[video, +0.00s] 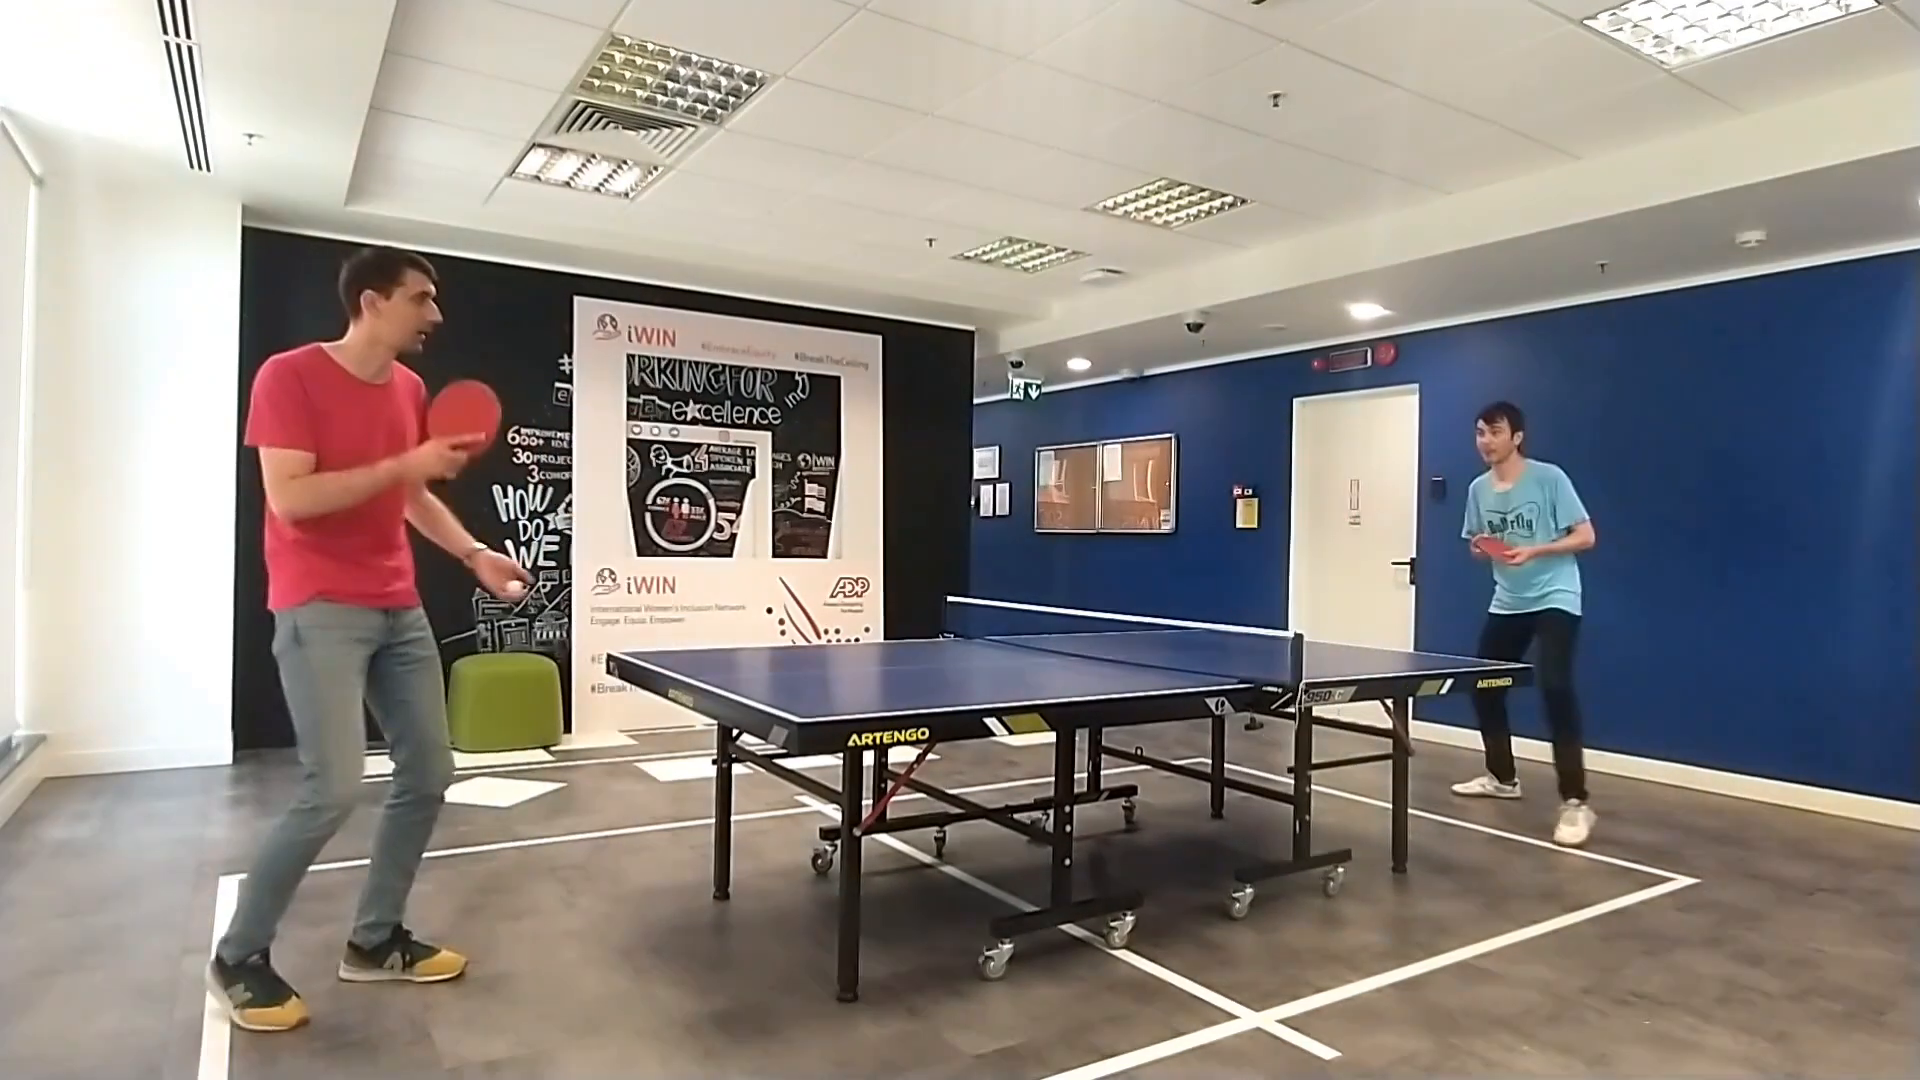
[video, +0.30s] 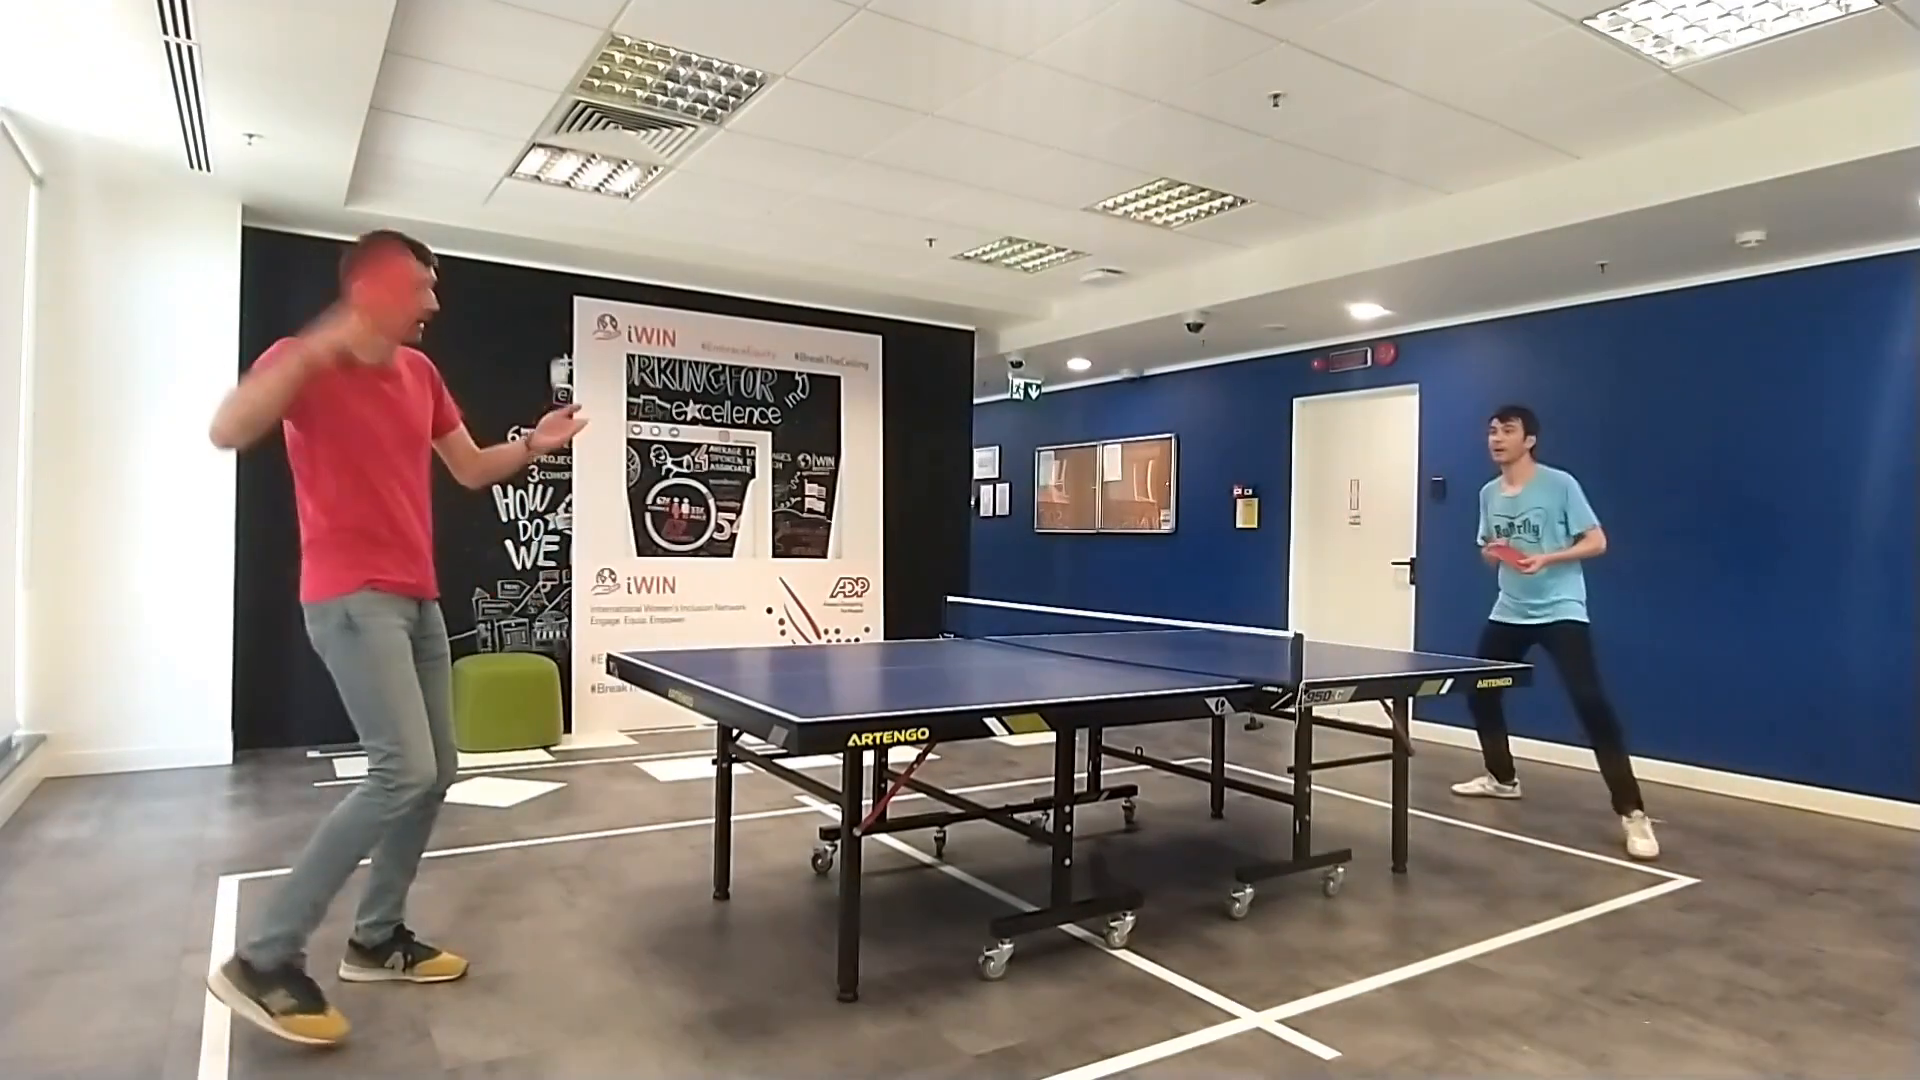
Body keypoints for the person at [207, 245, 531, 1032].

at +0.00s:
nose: (434, 314)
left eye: (434, 302)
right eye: (422, 299)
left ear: (397, 308)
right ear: (370, 303)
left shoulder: (407, 390)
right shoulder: (287, 377)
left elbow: (409, 492)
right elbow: (290, 500)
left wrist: (473, 552)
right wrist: (406, 466)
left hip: (399, 611)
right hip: (319, 614)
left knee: (426, 772)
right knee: (333, 788)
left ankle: (375, 937)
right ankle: (238, 957)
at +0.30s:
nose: (433, 301)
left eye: (433, 289)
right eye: (424, 286)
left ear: (393, 288)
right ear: (377, 286)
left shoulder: (419, 371)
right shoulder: (300, 357)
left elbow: (472, 468)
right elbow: (229, 431)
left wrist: (534, 440)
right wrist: (306, 352)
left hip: (417, 596)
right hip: (348, 595)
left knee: (431, 773)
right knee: (404, 773)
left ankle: (377, 937)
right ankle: (264, 958)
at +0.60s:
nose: (418, 280)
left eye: (417, 267)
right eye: (398, 266)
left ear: (402, 285)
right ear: (347, 283)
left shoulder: (404, 366)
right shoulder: (309, 359)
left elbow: (414, 458)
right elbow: (218, 388)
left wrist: (509, 473)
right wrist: (209, 262)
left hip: (401, 603)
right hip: (347, 610)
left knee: (435, 770)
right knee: (405, 795)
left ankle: (377, 934)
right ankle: (287, 1012)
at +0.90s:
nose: (407, 362)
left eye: (412, 346)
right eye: (389, 346)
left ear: (406, 351)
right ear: (332, 351)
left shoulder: (357, 412)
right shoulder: (281, 435)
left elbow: (350, 491)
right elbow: (270, 578)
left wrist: (426, 523)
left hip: (345, 640)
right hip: (298, 658)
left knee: (434, 776)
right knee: (415, 820)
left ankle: (366, 938)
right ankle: (285, 1019)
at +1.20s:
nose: (354, 374)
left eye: (353, 358)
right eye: (339, 358)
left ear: (275, 366)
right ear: (276, 364)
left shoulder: (238, 412)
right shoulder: (221, 464)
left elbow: (258, 505)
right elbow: (316, 595)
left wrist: (340, 523)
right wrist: (453, 555)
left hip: (237, 660)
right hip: (233, 676)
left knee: (322, 794)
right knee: (388, 818)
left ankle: (150, 883)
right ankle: (285, 1021)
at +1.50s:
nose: (268, 353)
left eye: (265, 337)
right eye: (254, 337)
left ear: (205, 350)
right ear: (198, 346)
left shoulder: (192, 425)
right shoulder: (105, 427)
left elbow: (181, 508)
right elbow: (108, 571)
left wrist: (277, 539)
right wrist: (261, 568)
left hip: (107, 650)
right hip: (68, 656)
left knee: (111, 818)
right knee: (230, 795)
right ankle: (253, 1023)